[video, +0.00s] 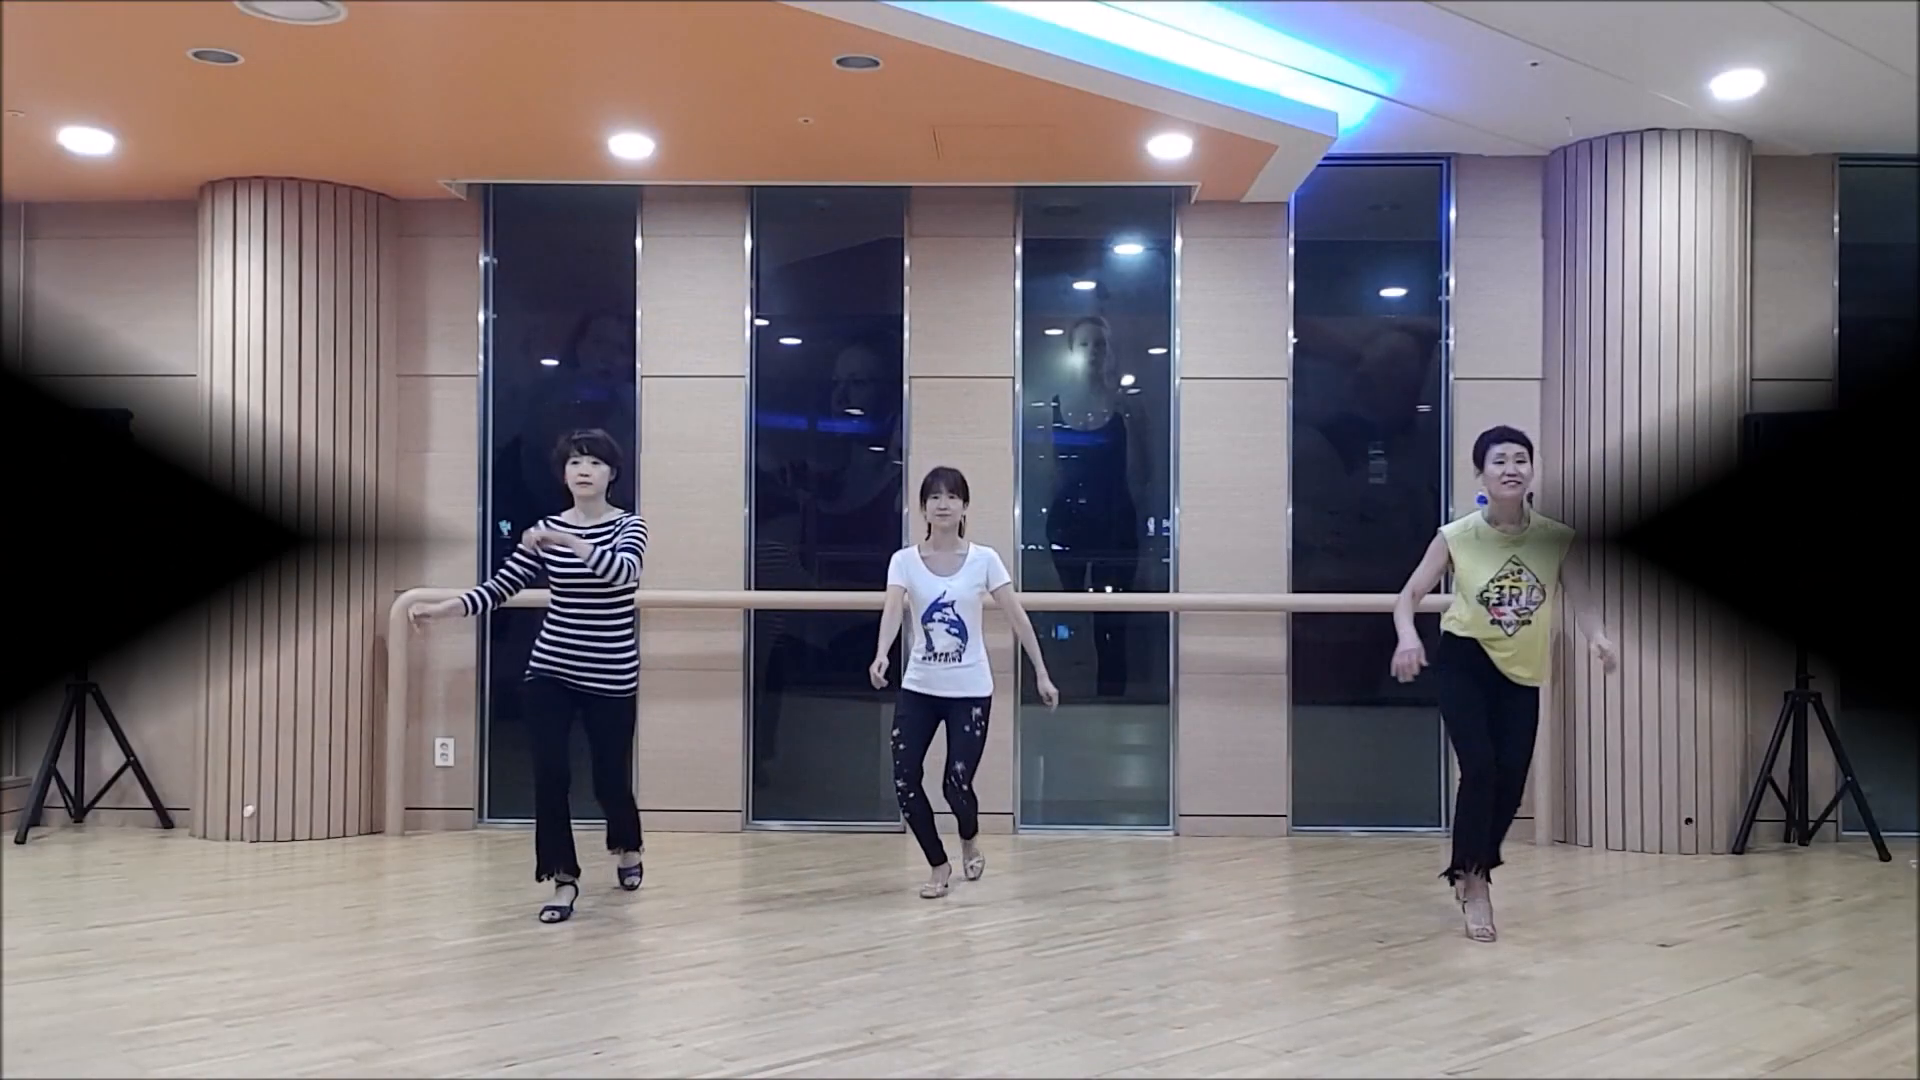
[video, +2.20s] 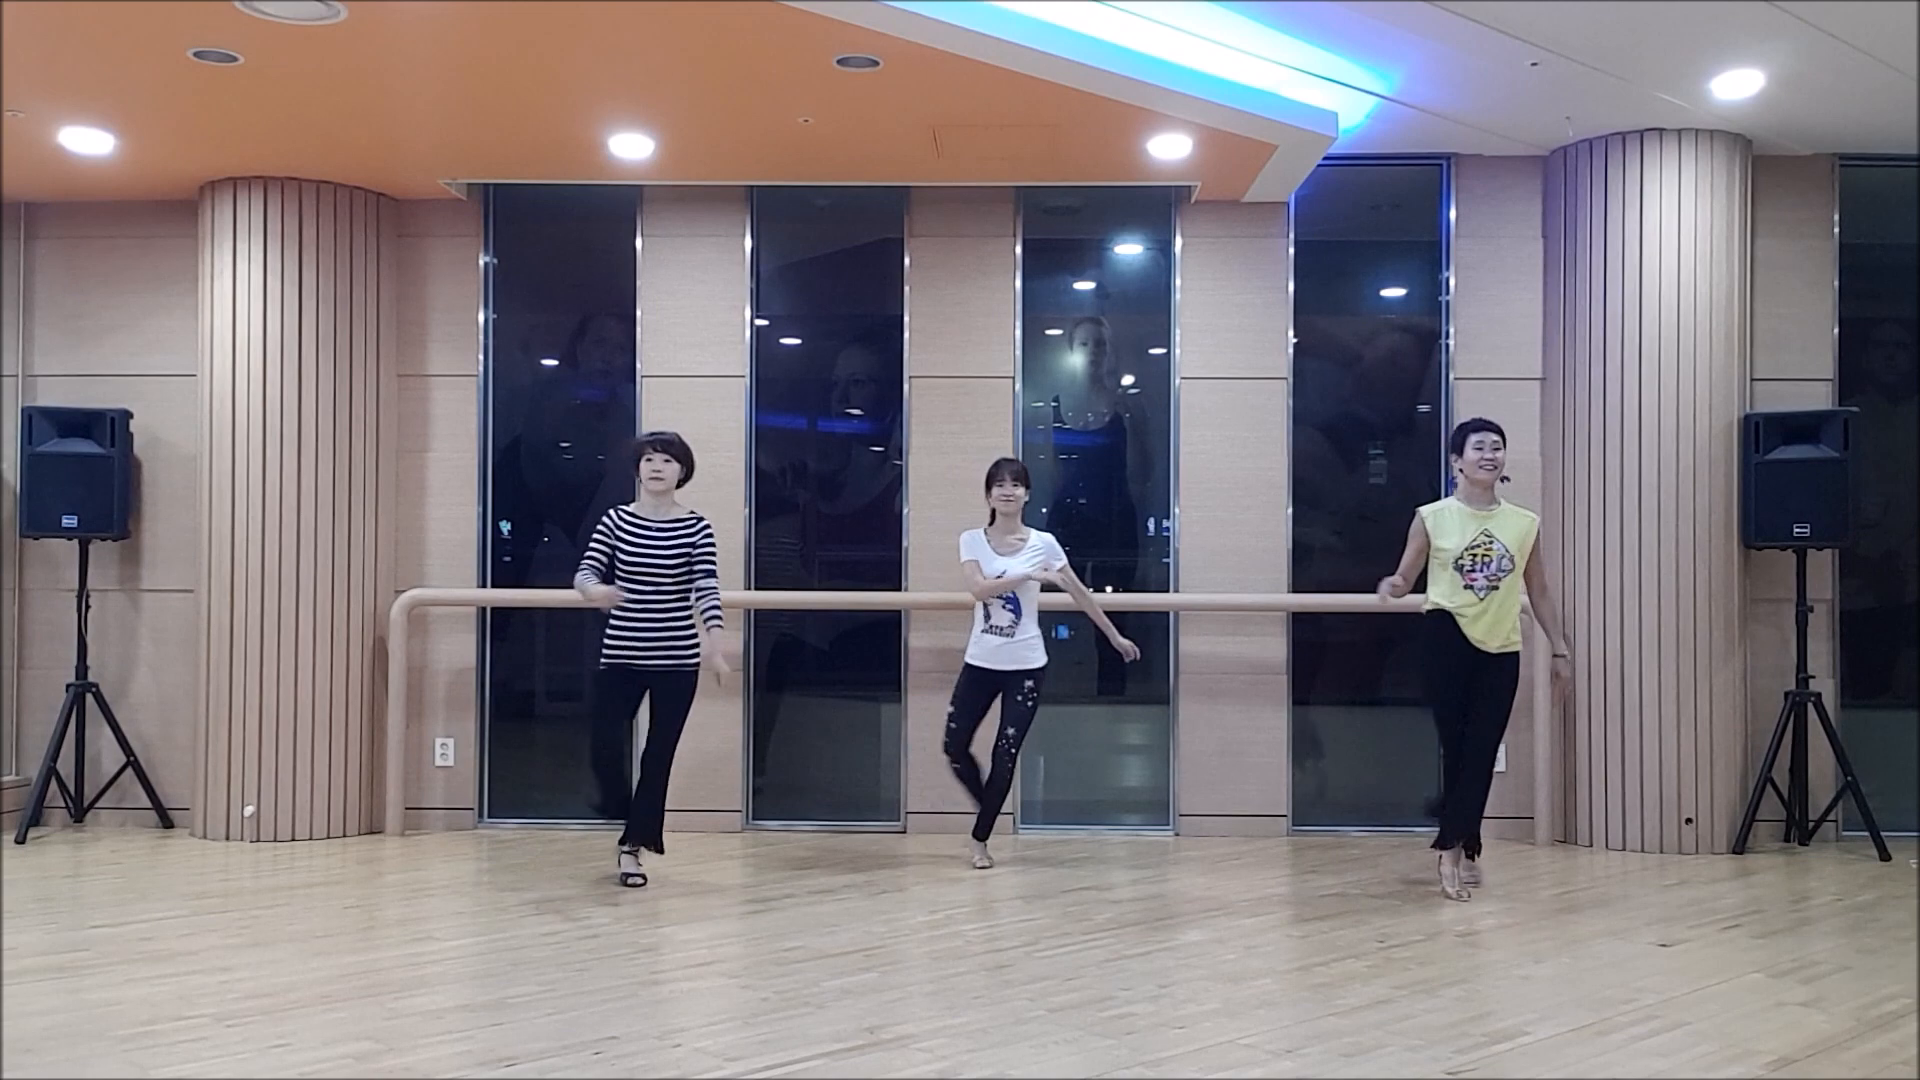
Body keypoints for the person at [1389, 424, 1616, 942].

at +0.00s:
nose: (1511, 470)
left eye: (1520, 461)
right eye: (1499, 462)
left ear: (1533, 472)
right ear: (1481, 476)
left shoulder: (1557, 537)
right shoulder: (1458, 535)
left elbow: (1573, 598)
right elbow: (1407, 598)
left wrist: (1597, 634)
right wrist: (1407, 637)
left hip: (1523, 670)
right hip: (1464, 659)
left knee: (1511, 783)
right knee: (1481, 767)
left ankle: (1473, 874)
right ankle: (1474, 884)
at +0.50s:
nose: (1473, 456)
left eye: (1481, 450)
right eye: (1463, 450)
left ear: (1493, 462)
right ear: (1444, 462)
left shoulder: (1513, 528)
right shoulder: (1417, 521)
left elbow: (1524, 600)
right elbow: (1380, 583)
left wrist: (1537, 665)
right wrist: (1372, 603)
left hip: (1490, 650)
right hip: (1434, 643)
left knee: (1477, 752)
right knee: (1474, 736)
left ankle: (1451, 858)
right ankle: (1441, 818)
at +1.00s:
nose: (1461, 447)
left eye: (1466, 441)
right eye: (1450, 442)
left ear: (1478, 454)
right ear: (1432, 458)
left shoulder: (1503, 518)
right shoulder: (1409, 516)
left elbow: (1507, 589)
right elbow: (1392, 585)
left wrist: (1503, 645)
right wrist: (1423, 603)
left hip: (1478, 649)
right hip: (1423, 642)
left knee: (1466, 756)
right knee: (1406, 744)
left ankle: (1448, 856)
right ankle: (1381, 833)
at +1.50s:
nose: (1463, 461)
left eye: (1472, 453)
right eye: (1454, 453)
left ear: (1483, 462)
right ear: (1436, 461)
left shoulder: (1500, 527)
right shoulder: (1407, 516)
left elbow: (1510, 600)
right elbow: (1387, 585)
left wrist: (1482, 574)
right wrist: (1395, 588)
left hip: (1479, 651)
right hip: (1423, 644)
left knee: (1470, 758)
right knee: (1432, 755)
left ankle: (1450, 858)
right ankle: (1421, 855)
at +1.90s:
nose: (1469, 454)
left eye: (1477, 447)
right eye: (1459, 447)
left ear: (1487, 457)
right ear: (1440, 457)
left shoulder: (1505, 517)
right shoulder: (1415, 515)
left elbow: (1517, 574)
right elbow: (1394, 578)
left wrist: (1515, 611)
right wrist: (1372, 598)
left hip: (1481, 643)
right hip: (1427, 638)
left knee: (1472, 758)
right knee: (1404, 749)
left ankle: (1447, 853)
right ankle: (1363, 850)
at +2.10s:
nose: (1481, 456)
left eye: (1488, 450)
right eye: (1471, 450)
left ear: (1498, 462)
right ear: (1450, 461)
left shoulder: (1518, 525)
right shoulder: (1423, 519)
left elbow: (1537, 598)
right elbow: (1394, 588)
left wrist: (1556, 657)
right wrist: (1372, 584)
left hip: (1494, 648)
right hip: (1439, 642)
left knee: (1477, 759)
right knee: (1437, 753)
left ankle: (1449, 853)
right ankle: (1396, 830)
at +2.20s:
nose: (1489, 455)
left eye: (1495, 449)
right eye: (1479, 448)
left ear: (1504, 461)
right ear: (1458, 460)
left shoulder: (1524, 524)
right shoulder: (1431, 517)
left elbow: (1539, 592)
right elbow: (1403, 580)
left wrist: (1561, 652)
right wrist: (1389, 588)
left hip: (1500, 645)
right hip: (1446, 639)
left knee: (1481, 750)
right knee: (1457, 745)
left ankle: (1450, 848)